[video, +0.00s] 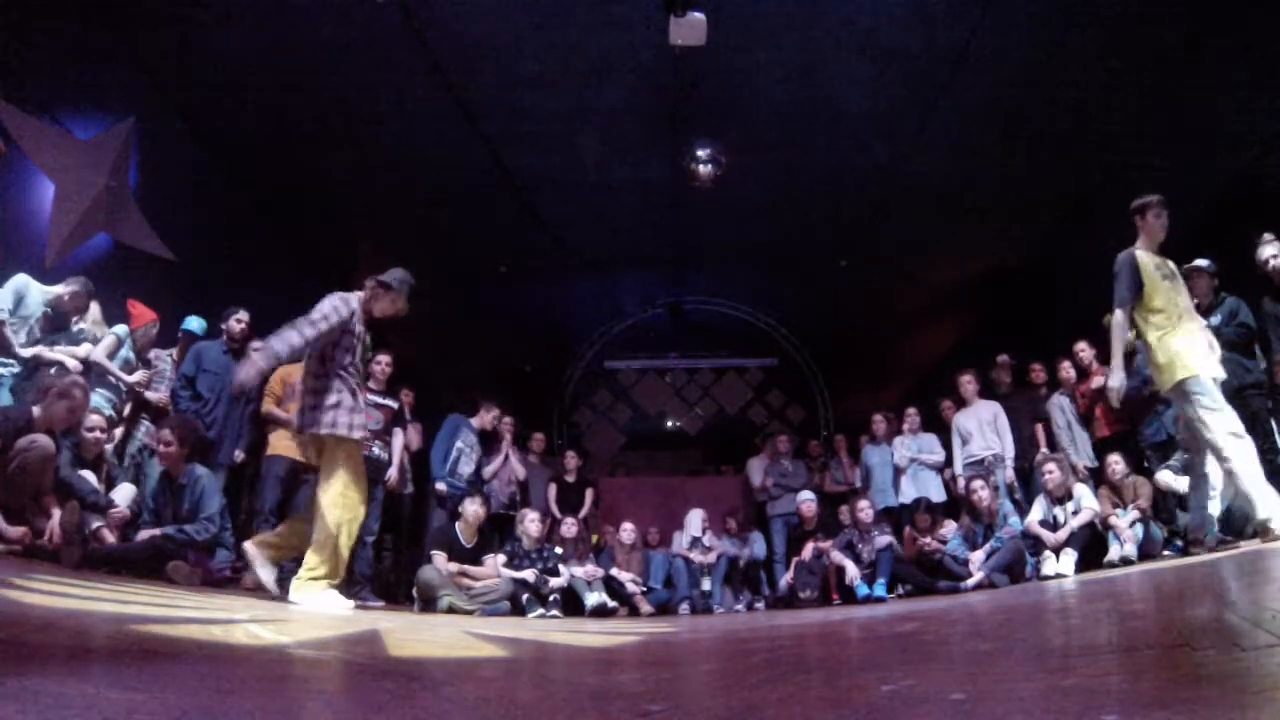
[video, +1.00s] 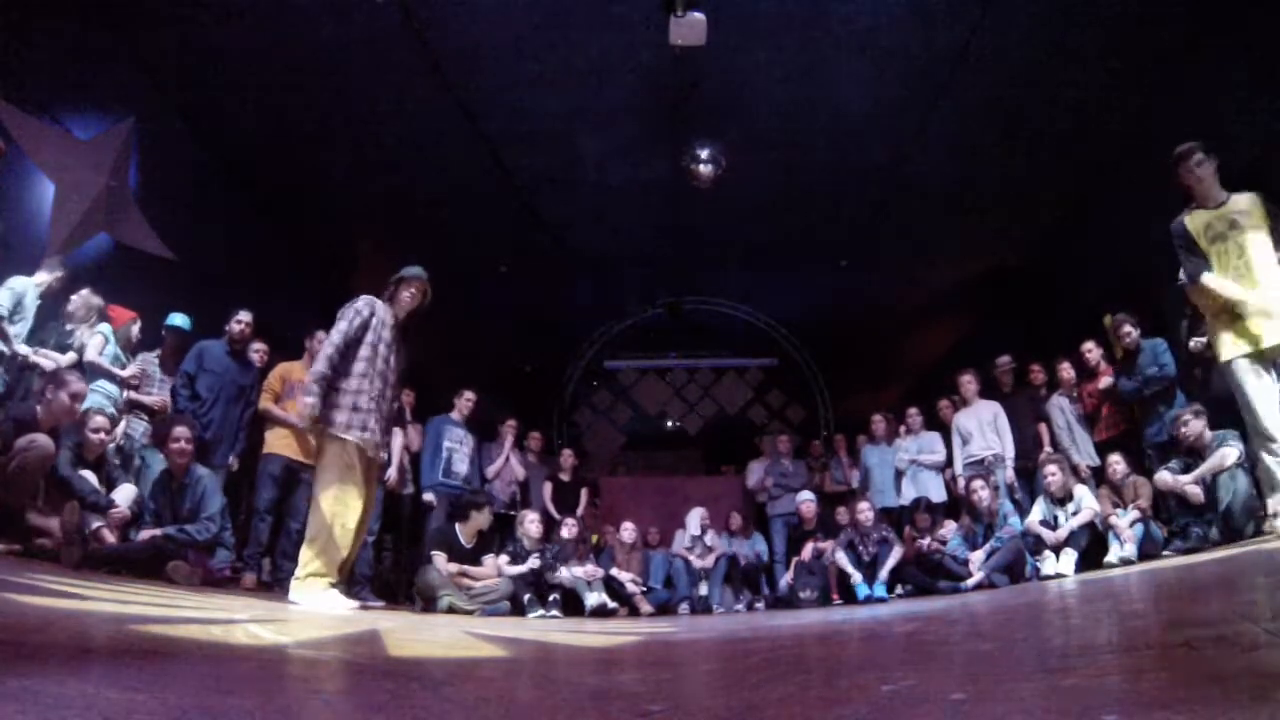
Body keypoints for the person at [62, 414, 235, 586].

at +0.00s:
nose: (160, 450)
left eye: (167, 445)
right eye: (158, 444)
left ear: (185, 449)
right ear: (155, 445)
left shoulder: (204, 479)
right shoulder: (164, 478)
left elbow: (209, 530)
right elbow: (149, 518)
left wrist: (160, 532)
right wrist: (144, 536)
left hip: (209, 552)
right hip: (174, 546)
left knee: (159, 544)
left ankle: (90, 555)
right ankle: (184, 574)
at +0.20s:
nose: (162, 448)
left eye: (171, 442)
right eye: (160, 442)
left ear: (186, 448)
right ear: (156, 444)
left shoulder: (203, 479)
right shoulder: (163, 478)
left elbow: (208, 530)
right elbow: (149, 518)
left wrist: (161, 532)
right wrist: (145, 537)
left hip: (209, 553)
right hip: (173, 546)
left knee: (159, 543)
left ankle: (90, 554)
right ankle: (184, 574)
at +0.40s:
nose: (181, 447)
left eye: (187, 442)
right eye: (175, 441)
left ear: (193, 447)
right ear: (163, 448)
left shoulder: (205, 479)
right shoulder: (161, 480)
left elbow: (209, 530)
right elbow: (149, 517)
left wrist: (161, 532)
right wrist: (145, 535)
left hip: (209, 552)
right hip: (171, 545)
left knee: (159, 544)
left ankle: (89, 555)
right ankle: (185, 574)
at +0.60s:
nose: (185, 447)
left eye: (190, 441)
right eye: (177, 441)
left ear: (196, 446)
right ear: (164, 448)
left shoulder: (206, 479)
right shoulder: (161, 480)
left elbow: (209, 531)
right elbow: (148, 519)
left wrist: (161, 533)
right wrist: (145, 535)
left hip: (209, 553)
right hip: (171, 546)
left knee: (158, 544)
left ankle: (91, 555)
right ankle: (184, 575)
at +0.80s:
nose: (183, 447)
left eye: (189, 441)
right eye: (176, 441)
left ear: (194, 446)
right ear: (164, 447)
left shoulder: (206, 479)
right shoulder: (162, 480)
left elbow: (209, 530)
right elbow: (150, 521)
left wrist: (162, 532)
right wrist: (145, 537)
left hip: (209, 552)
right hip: (172, 546)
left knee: (160, 543)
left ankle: (90, 554)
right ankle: (184, 574)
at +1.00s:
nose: (183, 447)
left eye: (188, 441)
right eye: (176, 441)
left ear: (194, 447)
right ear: (164, 447)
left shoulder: (206, 479)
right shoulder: (162, 480)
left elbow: (209, 530)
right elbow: (151, 522)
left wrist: (162, 532)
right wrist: (145, 537)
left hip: (209, 552)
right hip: (172, 546)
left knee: (160, 543)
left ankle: (90, 554)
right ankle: (185, 574)